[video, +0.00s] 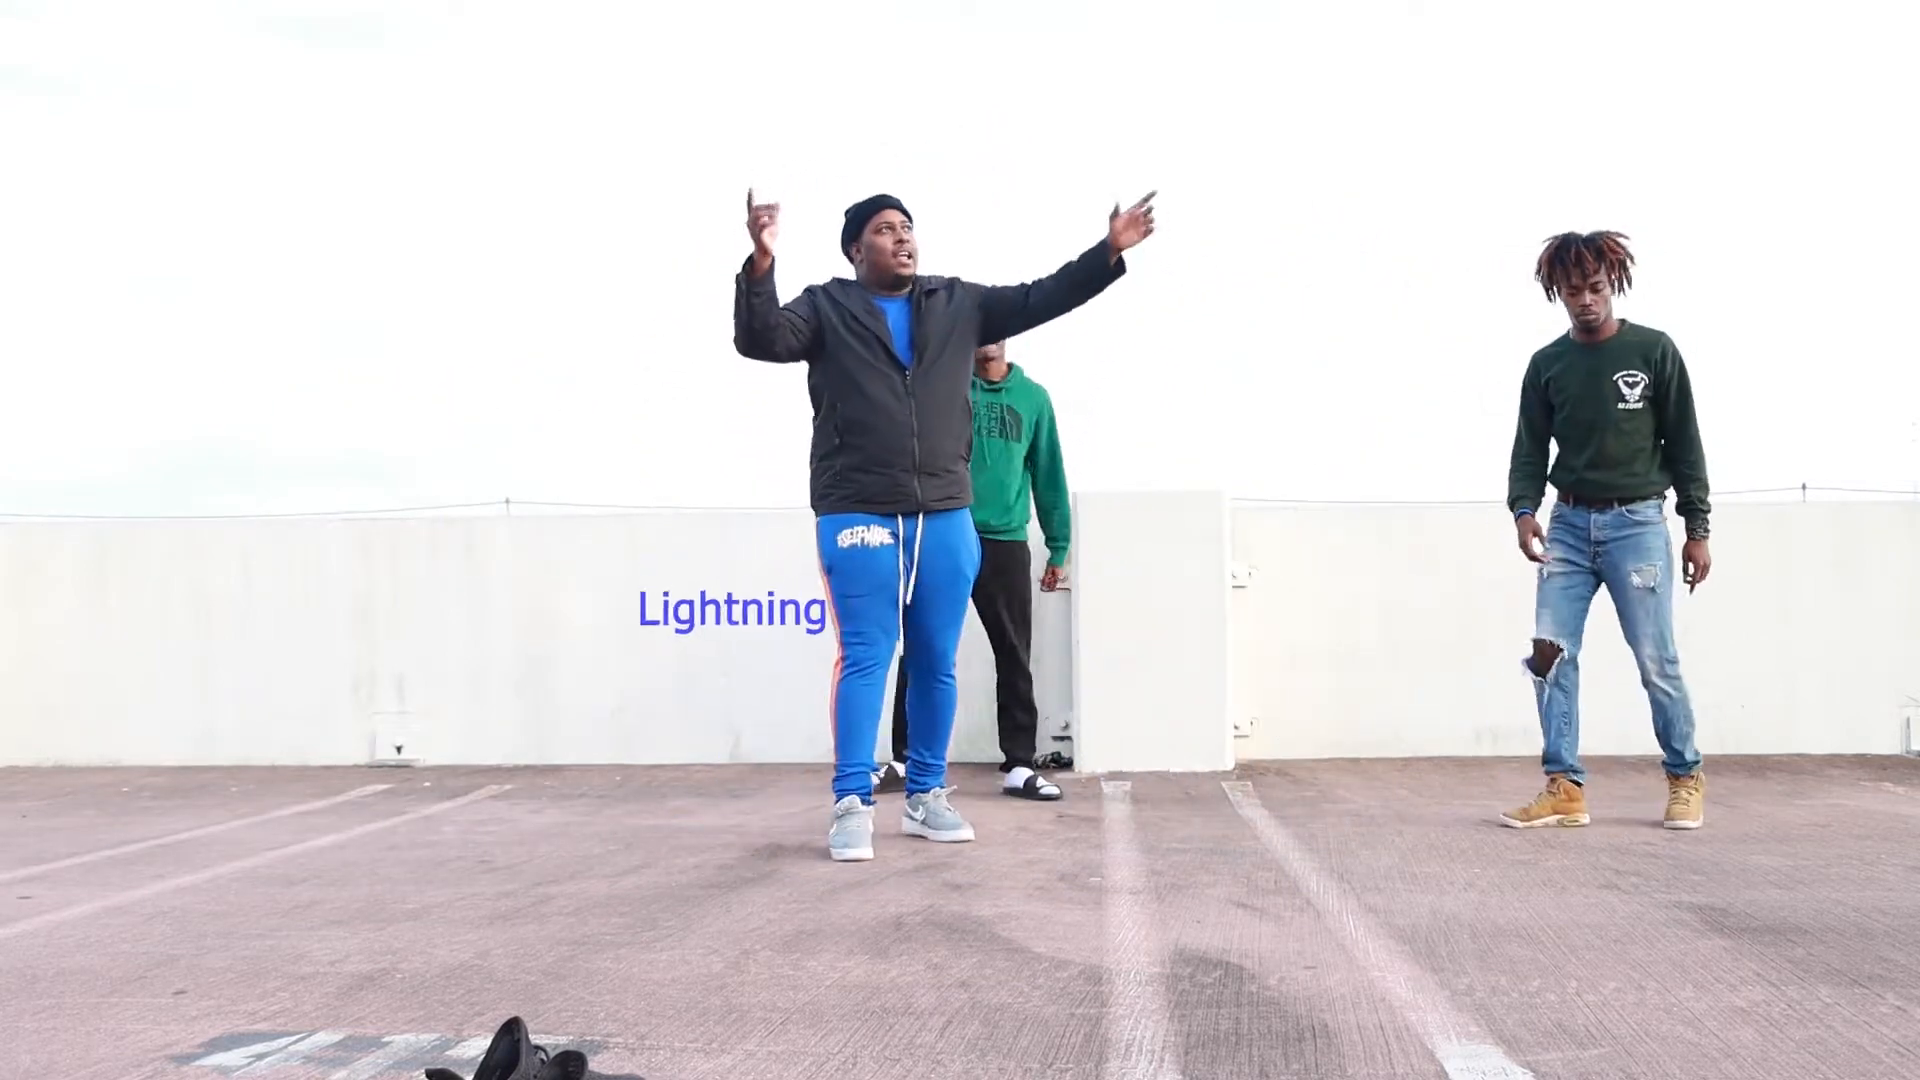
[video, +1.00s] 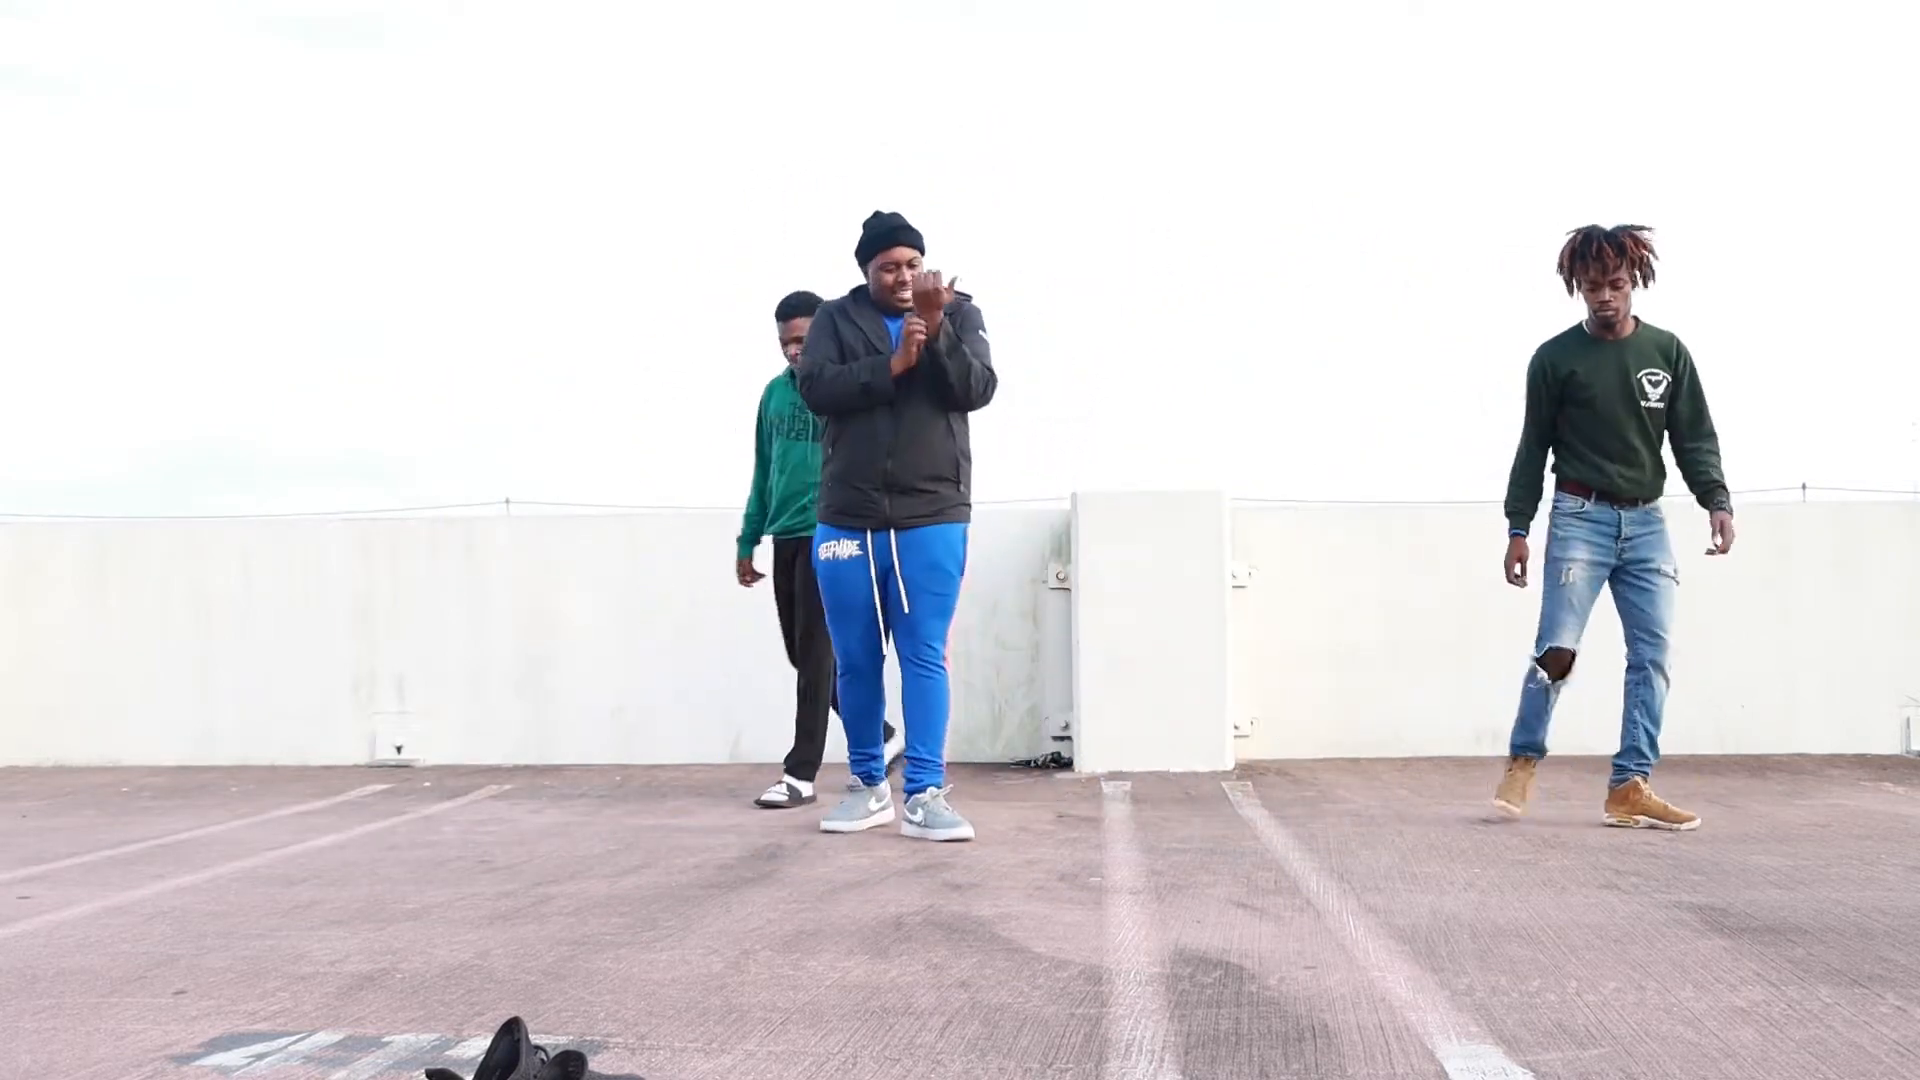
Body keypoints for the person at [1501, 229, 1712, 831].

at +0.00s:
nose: (1586, 298)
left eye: (1595, 285)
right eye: (1573, 290)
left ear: (1615, 283)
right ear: (1559, 295)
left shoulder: (1653, 350)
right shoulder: (1546, 364)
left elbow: (1683, 442)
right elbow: (1530, 444)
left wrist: (1696, 529)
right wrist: (1524, 509)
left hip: (1638, 522)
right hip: (1568, 525)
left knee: (1655, 659)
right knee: (1550, 651)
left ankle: (1684, 778)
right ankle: (1564, 787)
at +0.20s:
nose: (1585, 291)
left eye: (1595, 280)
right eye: (1574, 281)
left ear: (1614, 280)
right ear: (1559, 284)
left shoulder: (1644, 349)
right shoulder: (1533, 356)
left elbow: (1663, 444)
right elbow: (1520, 445)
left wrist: (1671, 526)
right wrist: (1543, 504)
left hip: (1628, 515)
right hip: (1555, 516)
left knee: (1648, 647)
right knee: (1543, 647)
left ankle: (1652, 771)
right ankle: (1556, 784)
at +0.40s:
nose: (1589, 290)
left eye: (1599, 278)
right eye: (1577, 280)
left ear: (1616, 280)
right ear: (1560, 284)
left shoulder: (1635, 354)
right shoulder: (1535, 354)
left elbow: (1644, 453)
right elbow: (1516, 448)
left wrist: (1653, 531)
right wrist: (1531, 506)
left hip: (1623, 518)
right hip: (1559, 515)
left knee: (1647, 645)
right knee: (1544, 651)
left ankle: (1607, 769)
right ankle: (1523, 778)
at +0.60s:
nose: (1603, 295)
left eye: (1613, 283)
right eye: (1591, 285)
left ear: (1628, 285)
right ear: (1571, 288)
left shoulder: (1643, 358)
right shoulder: (1543, 358)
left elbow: (1659, 454)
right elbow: (1519, 451)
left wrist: (1676, 528)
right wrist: (1522, 522)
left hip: (1632, 522)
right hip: (1565, 518)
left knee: (1648, 657)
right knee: (1546, 655)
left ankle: (1628, 786)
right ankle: (1518, 779)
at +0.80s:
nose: (1606, 305)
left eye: (1617, 293)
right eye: (1594, 294)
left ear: (1634, 293)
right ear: (1577, 293)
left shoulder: (1645, 364)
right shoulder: (1546, 363)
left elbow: (1664, 454)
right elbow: (1520, 458)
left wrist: (1703, 508)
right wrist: (1527, 535)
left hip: (1618, 523)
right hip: (1560, 519)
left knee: (1646, 649)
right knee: (1542, 656)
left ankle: (1626, 785)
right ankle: (1499, 780)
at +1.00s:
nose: (1603, 296)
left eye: (1613, 284)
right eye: (1591, 286)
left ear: (1633, 282)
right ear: (1577, 288)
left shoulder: (1666, 351)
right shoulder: (1554, 359)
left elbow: (1694, 433)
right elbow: (1532, 448)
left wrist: (1718, 502)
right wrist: (1518, 529)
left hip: (1645, 520)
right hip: (1578, 517)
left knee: (1652, 653)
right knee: (1557, 650)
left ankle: (1630, 785)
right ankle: (1523, 762)